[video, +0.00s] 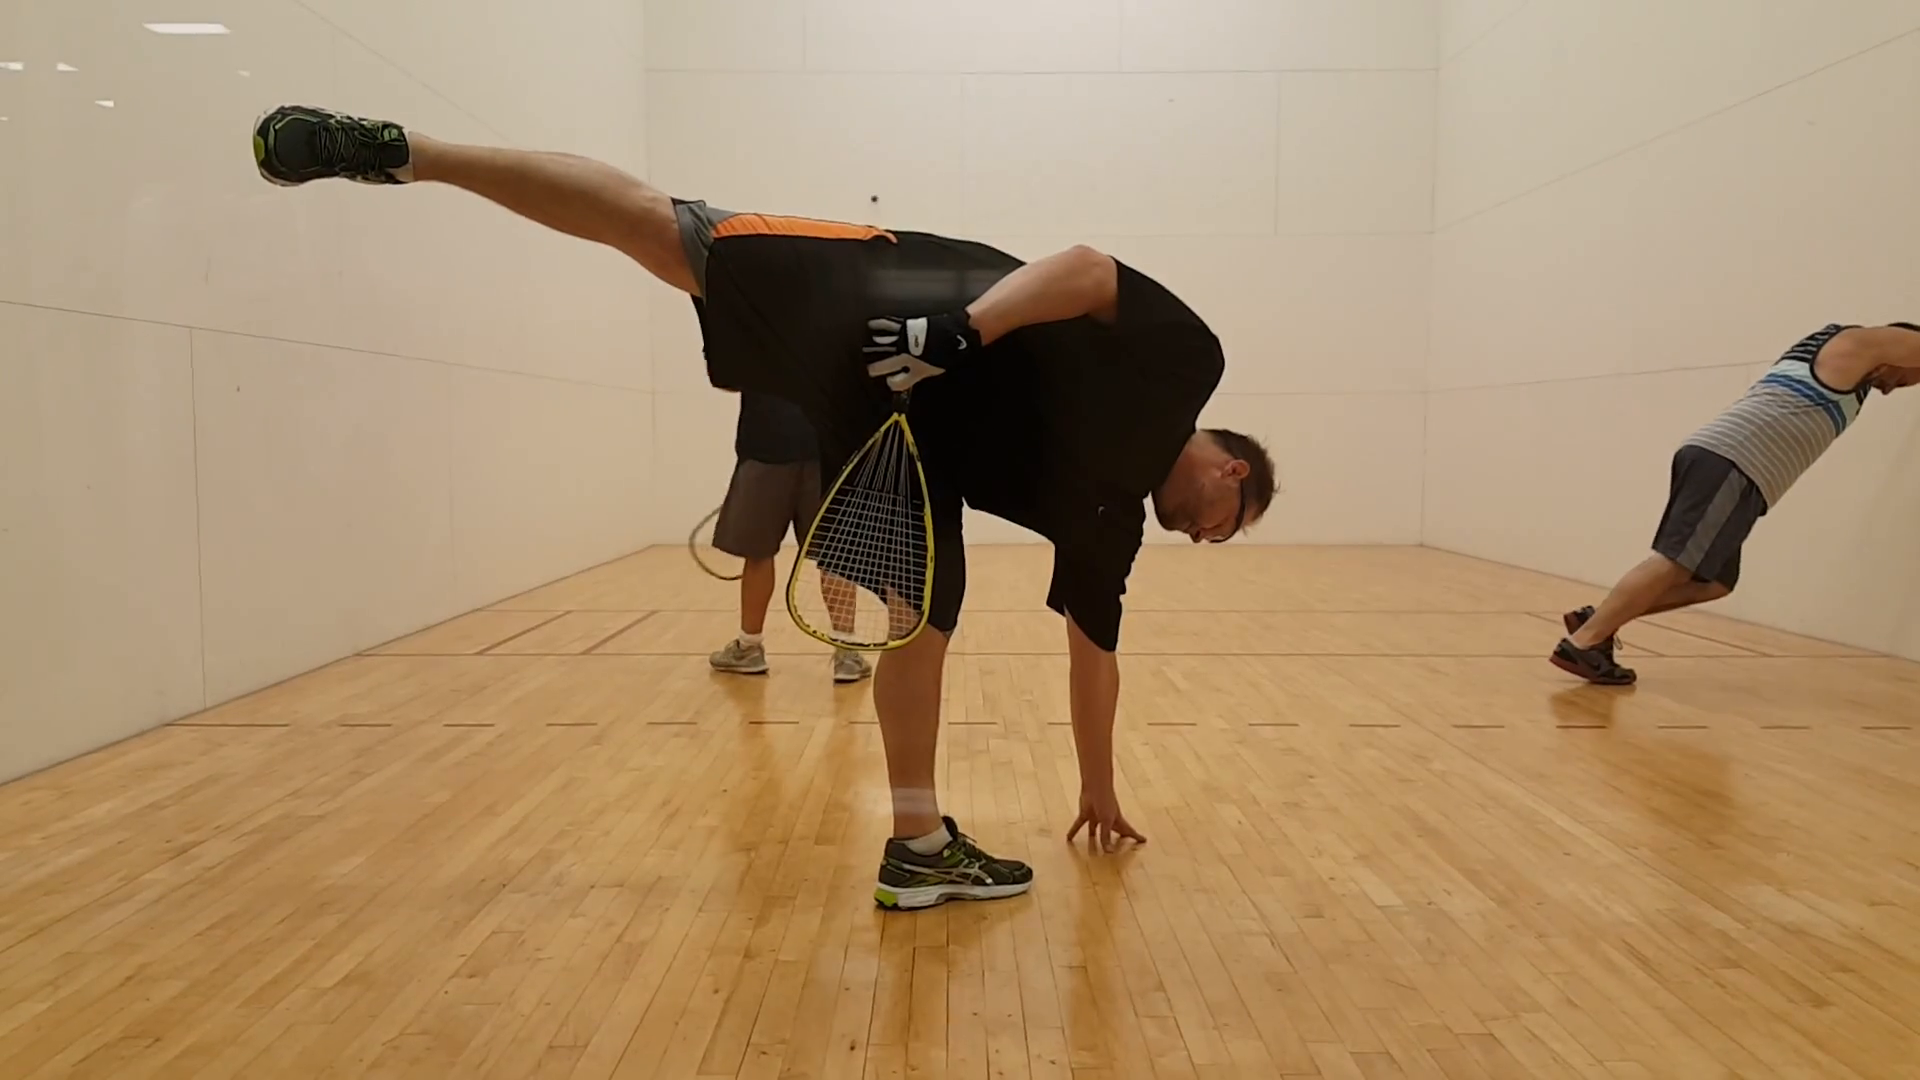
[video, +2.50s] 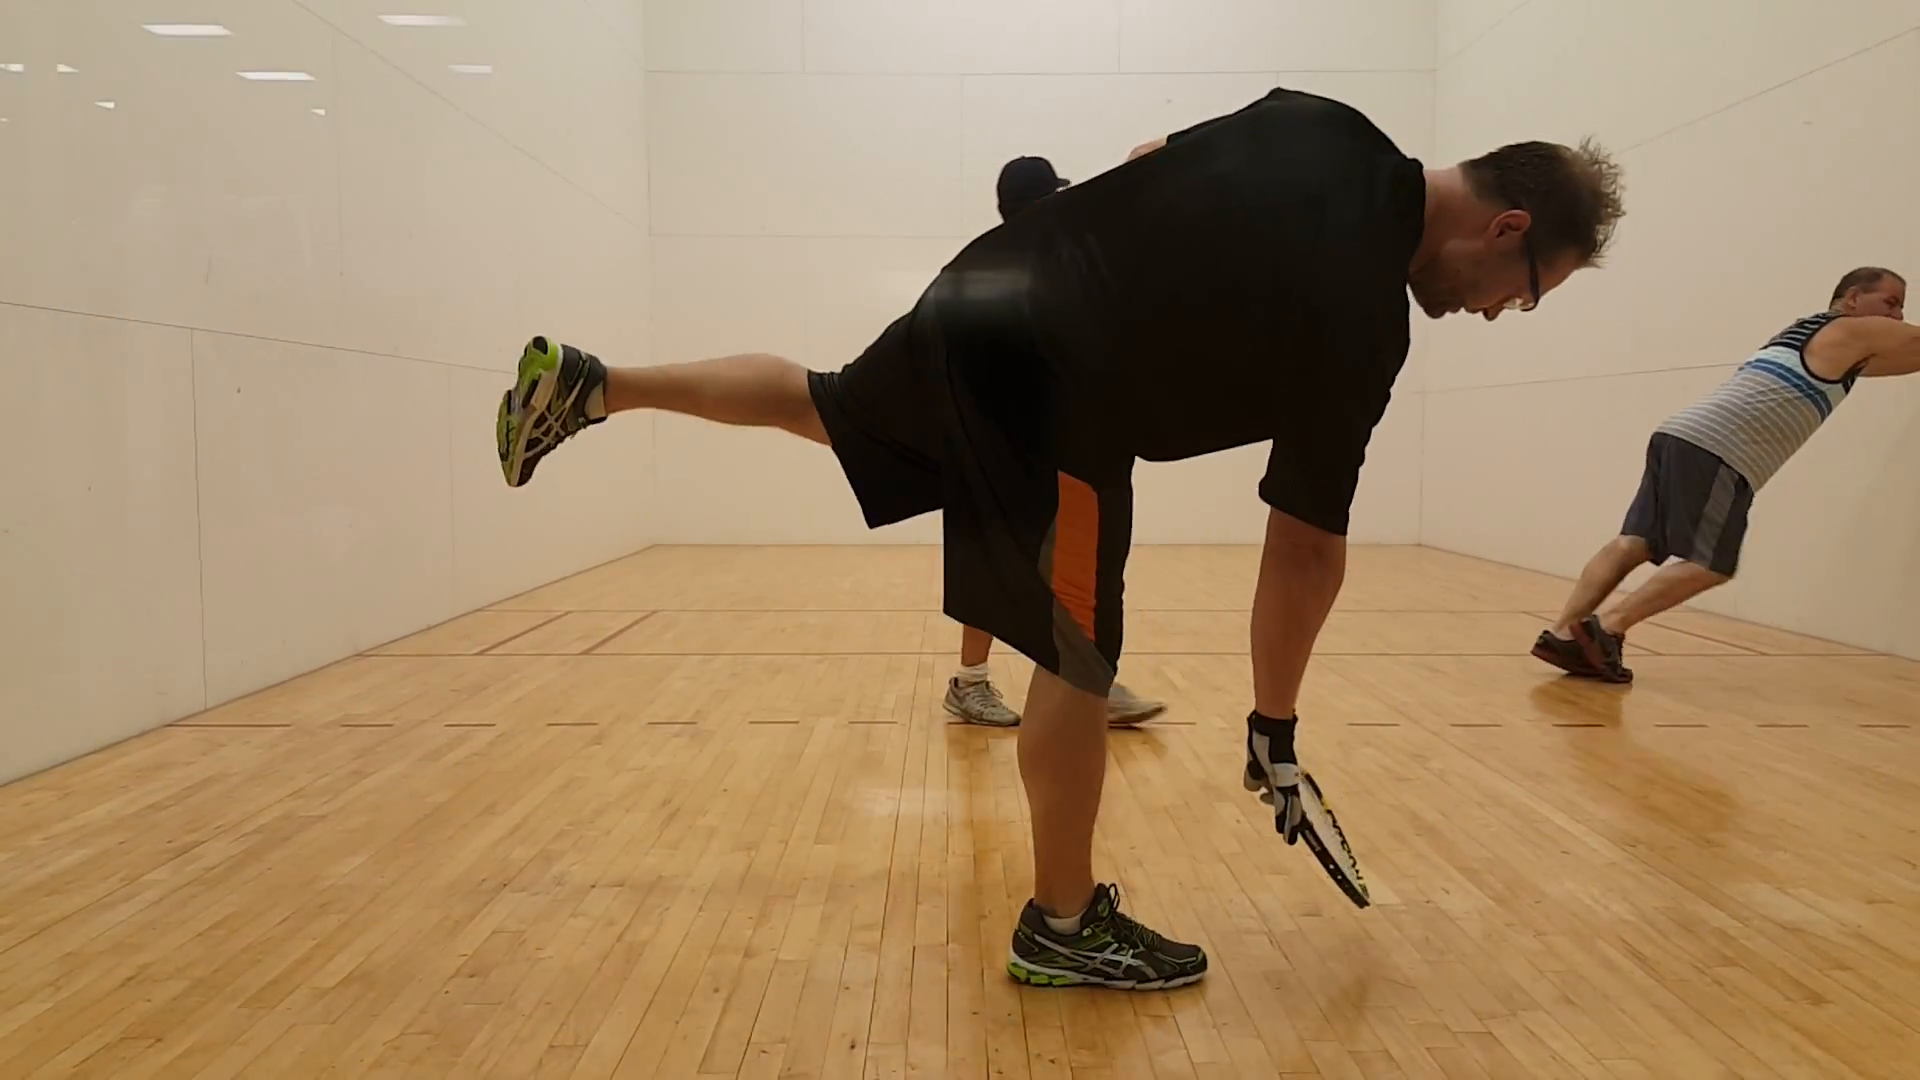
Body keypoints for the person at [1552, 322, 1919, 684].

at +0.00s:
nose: (1901, 386)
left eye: (1908, 380)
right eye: (1908, 375)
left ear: (1893, 357)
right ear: (1895, 355)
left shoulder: (1834, 362)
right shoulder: (1852, 347)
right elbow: (1919, 346)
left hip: (1734, 473)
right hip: (1729, 465)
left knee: (1715, 581)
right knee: (1677, 561)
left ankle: (1598, 618)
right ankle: (1586, 643)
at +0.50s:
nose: (1894, 367)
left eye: (1903, 363)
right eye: (1901, 357)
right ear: (1892, 333)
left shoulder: (1811, 327)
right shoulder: (1852, 323)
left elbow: (1902, 363)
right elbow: (1919, 342)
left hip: (1690, 433)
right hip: (1733, 449)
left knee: (1654, 542)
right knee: (1700, 556)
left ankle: (1573, 627)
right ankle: (1603, 632)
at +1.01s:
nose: (1890, 384)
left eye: (1899, 377)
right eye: (1899, 372)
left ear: (1882, 345)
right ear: (1887, 348)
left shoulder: (1807, 337)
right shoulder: (1851, 347)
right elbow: (1917, 348)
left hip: (1679, 443)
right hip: (1729, 470)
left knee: (1629, 546)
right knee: (1726, 576)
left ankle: (1562, 636)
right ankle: (1618, 627)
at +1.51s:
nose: (1896, 377)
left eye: (1905, 371)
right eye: (1904, 366)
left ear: (1890, 343)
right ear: (1893, 342)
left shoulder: (1828, 343)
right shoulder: (1849, 332)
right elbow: (1919, 337)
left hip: (1721, 453)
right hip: (1729, 455)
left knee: (1686, 567)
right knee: (1667, 548)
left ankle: (1581, 624)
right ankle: (1583, 635)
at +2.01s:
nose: (1900, 375)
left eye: (1908, 368)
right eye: (1907, 363)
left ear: (1891, 340)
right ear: (1895, 337)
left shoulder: (1825, 343)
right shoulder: (1851, 334)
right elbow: (1917, 336)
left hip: (1738, 464)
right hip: (1734, 459)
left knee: (1698, 570)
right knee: (1672, 552)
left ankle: (1587, 620)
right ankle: (1583, 637)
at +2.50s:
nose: (1898, 315)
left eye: (1899, 307)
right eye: (1892, 303)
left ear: (1849, 306)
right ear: (1851, 298)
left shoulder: (1810, 333)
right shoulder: (1847, 334)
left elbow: (1909, 356)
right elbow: (1917, 343)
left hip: (1676, 439)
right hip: (1716, 456)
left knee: (1634, 543)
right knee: (1710, 563)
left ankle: (1564, 633)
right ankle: (1607, 628)